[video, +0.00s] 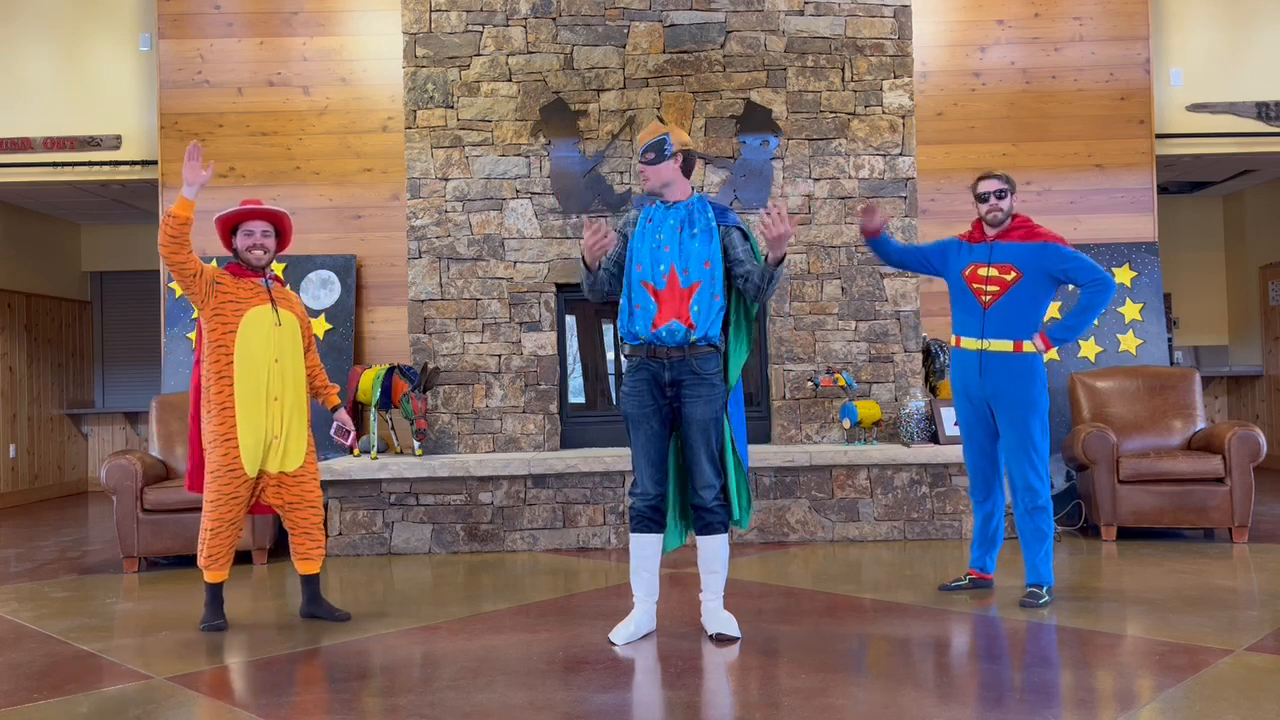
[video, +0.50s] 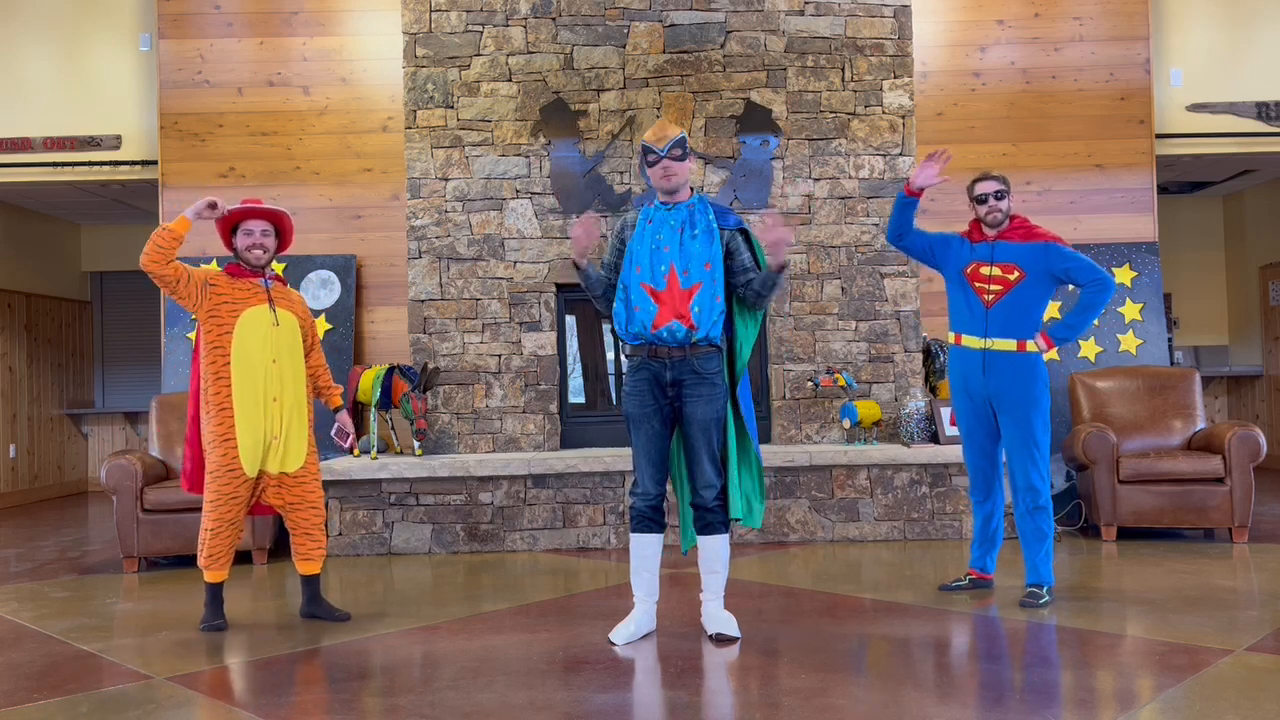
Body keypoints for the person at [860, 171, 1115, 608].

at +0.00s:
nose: (992, 203)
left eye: (1000, 195)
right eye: (984, 197)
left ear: (1014, 199)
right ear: (975, 205)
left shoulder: (1041, 247)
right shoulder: (955, 250)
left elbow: (1101, 284)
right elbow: (904, 256)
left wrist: (1054, 336)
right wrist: (875, 236)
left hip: (1019, 376)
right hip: (968, 376)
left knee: (1028, 481)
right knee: (981, 479)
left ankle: (1039, 580)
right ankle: (981, 572)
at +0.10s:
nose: (990, 203)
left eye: (997, 195)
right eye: (980, 198)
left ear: (1010, 199)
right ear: (970, 205)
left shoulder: (1039, 246)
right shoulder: (953, 249)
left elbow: (1100, 282)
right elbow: (898, 246)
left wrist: (1056, 334)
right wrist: (902, 201)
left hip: (1020, 375)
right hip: (968, 376)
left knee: (1029, 479)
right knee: (983, 478)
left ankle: (1039, 581)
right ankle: (981, 571)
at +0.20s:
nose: (989, 204)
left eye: (996, 196)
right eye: (980, 199)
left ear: (1010, 199)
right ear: (971, 207)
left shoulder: (1039, 246)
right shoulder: (953, 249)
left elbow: (1101, 283)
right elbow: (899, 240)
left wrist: (1056, 335)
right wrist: (916, 193)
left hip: (1020, 373)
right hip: (967, 373)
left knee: (1029, 479)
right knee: (983, 477)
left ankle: (1039, 581)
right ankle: (981, 571)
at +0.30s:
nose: (990, 204)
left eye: (997, 195)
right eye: (981, 198)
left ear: (1010, 199)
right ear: (971, 207)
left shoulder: (1040, 247)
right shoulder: (953, 248)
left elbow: (1101, 283)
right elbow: (899, 238)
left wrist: (1056, 335)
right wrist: (917, 192)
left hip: (1020, 373)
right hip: (967, 373)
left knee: (1029, 479)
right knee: (982, 477)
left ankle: (1039, 581)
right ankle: (981, 571)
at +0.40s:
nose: (990, 203)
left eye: (997, 195)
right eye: (981, 198)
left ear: (1011, 200)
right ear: (971, 207)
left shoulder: (1040, 247)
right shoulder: (953, 248)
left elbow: (1101, 284)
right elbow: (899, 236)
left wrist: (1056, 335)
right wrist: (917, 192)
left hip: (1020, 373)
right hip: (967, 373)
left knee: (1029, 479)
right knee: (982, 477)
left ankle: (1039, 581)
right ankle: (981, 571)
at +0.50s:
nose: (993, 205)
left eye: (1000, 196)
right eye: (984, 199)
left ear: (1012, 200)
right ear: (973, 208)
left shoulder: (1042, 248)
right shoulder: (954, 248)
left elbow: (1101, 283)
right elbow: (901, 236)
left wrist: (1055, 335)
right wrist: (912, 190)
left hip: (1020, 372)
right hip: (966, 372)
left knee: (1029, 479)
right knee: (982, 477)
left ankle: (1039, 581)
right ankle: (982, 571)